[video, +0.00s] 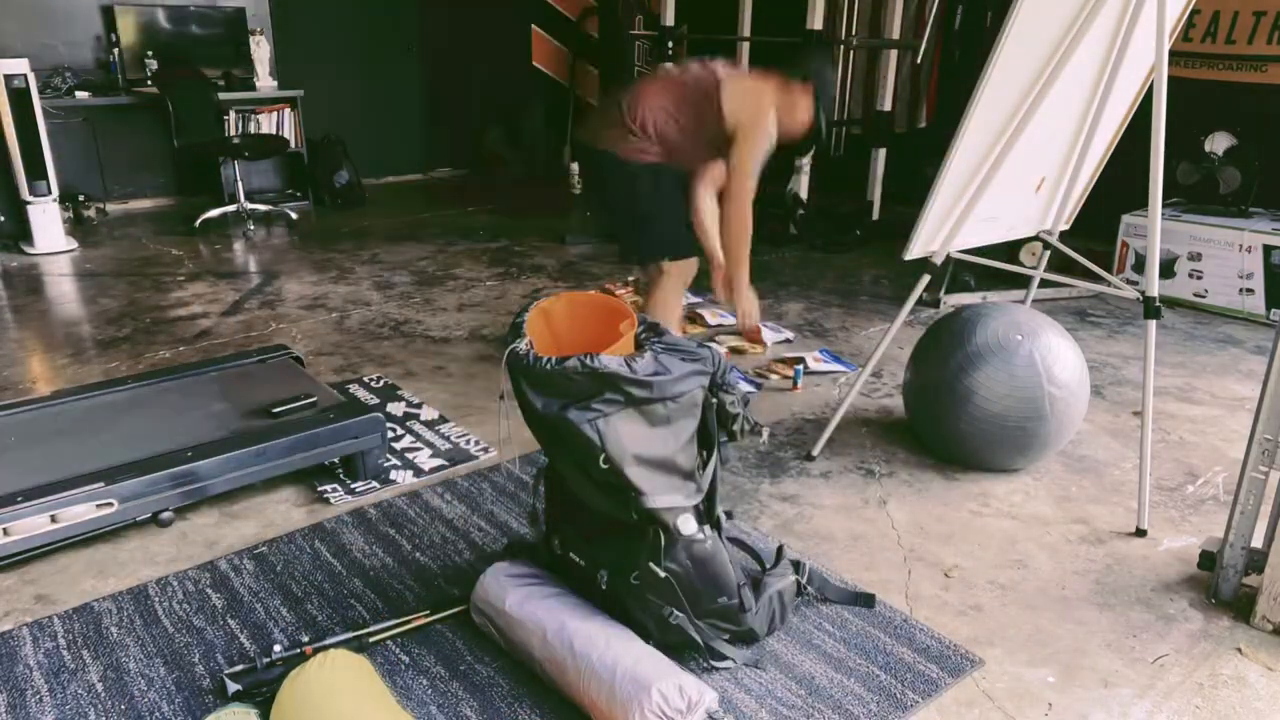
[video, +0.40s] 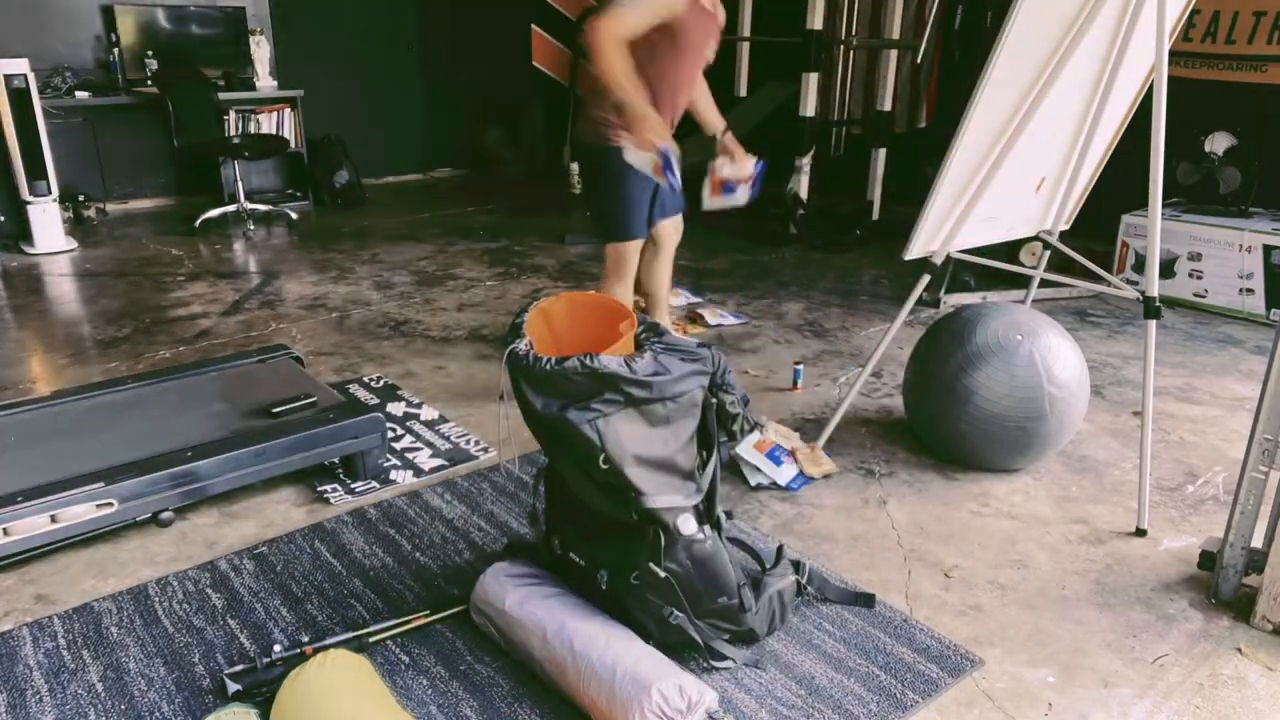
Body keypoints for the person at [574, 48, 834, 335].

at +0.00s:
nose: (805, 126)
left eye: (812, 120)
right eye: (811, 115)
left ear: (796, 86)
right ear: (804, 91)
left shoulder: (749, 99)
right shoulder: (760, 112)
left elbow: (704, 189)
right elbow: (738, 205)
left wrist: (717, 260)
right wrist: (741, 289)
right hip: (623, 150)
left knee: (667, 263)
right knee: (680, 264)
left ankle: (652, 366)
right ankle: (654, 373)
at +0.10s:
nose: (815, 187)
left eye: (821, 181)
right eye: (818, 175)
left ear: (801, 146)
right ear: (800, 146)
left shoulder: (777, 161)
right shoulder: (751, 149)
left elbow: (743, 222)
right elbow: (686, 227)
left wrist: (775, 280)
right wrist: (696, 319)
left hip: (660, 158)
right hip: (621, 148)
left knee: (702, 241)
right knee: (646, 274)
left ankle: (680, 345)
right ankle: (616, 369)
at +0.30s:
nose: (766, 175)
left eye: (774, 169)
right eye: (775, 166)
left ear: (757, 128)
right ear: (775, 150)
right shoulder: (748, 159)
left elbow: (671, 214)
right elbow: (729, 243)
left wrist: (681, 276)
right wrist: (745, 296)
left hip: (604, 123)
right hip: (630, 140)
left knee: (639, 253)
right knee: (655, 261)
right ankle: (627, 354)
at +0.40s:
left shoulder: (714, 13)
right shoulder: (672, 3)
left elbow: (686, 74)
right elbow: (603, 32)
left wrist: (723, 136)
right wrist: (639, 114)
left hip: (656, 140)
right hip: (617, 137)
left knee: (668, 231)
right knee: (623, 250)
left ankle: (658, 328)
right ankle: (613, 346)